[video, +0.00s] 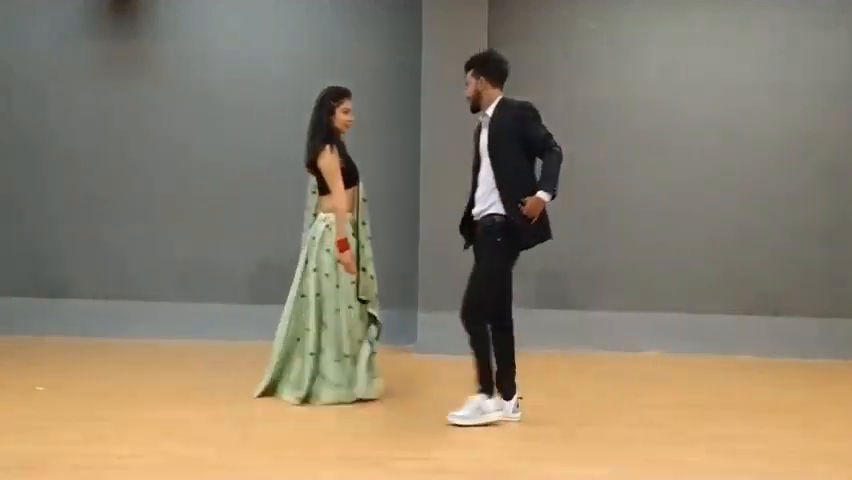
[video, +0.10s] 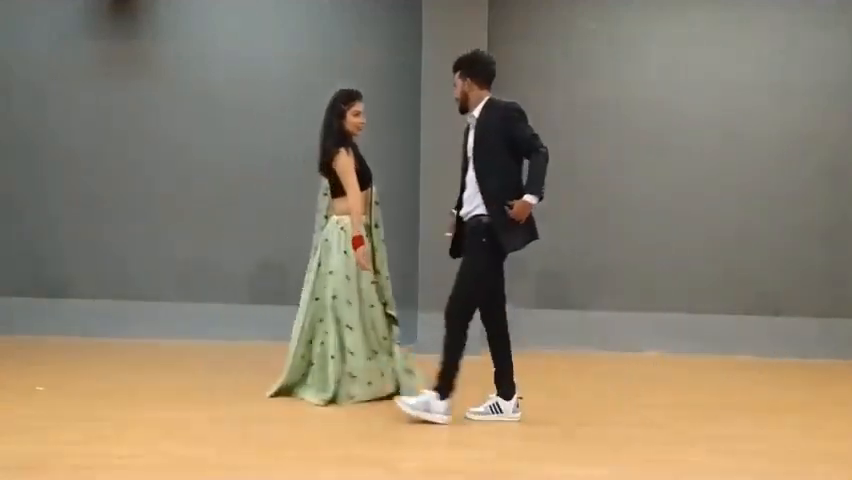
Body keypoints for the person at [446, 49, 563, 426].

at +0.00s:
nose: (465, 90)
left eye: (468, 82)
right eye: (466, 83)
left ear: (483, 82)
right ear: (485, 82)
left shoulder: (519, 112)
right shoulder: (483, 124)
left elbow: (552, 152)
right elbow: (485, 175)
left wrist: (544, 194)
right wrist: (473, 214)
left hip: (504, 225)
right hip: (487, 225)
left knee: (473, 312)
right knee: (499, 317)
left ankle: (486, 396)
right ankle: (508, 399)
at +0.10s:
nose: (454, 90)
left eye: (457, 82)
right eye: (455, 82)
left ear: (470, 83)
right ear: (475, 84)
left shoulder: (504, 113)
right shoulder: (472, 124)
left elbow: (538, 152)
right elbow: (471, 177)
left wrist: (531, 197)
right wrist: (458, 218)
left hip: (490, 227)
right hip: (475, 228)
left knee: (458, 308)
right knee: (493, 315)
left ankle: (440, 398)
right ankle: (507, 397)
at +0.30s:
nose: (433, 92)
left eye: (434, 86)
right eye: (435, 86)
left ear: (441, 86)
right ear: (459, 84)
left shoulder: (473, 115)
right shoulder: (453, 120)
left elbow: (502, 154)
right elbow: (458, 175)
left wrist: (493, 199)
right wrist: (436, 206)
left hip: (460, 235)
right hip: (457, 234)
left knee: (426, 315)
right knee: (479, 319)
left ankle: (402, 398)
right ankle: (506, 398)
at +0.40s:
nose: (422, 89)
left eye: (423, 83)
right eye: (426, 83)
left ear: (427, 85)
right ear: (452, 84)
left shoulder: (456, 113)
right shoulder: (440, 118)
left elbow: (479, 151)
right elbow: (436, 175)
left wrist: (470, 198)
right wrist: (409, 199)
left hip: (442, 234)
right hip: (446, 234)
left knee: (415, 312)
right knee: (460, 316)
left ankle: (401, 398)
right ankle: (501, 391)